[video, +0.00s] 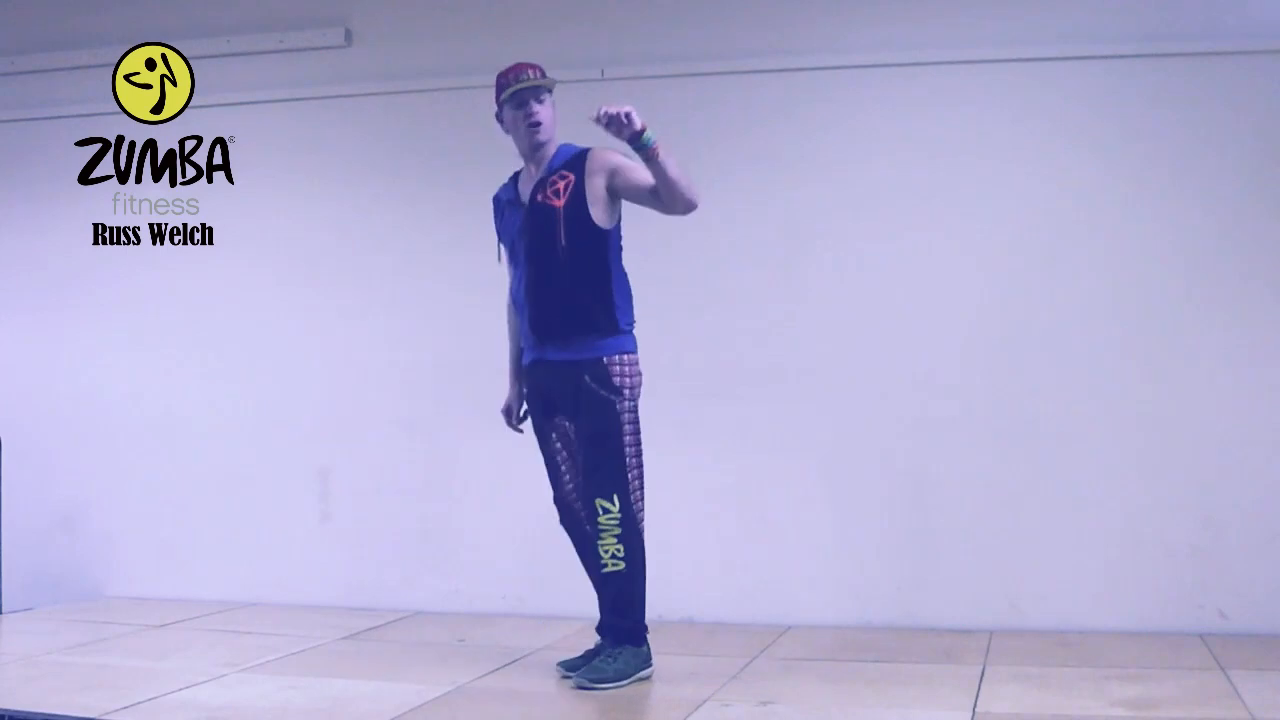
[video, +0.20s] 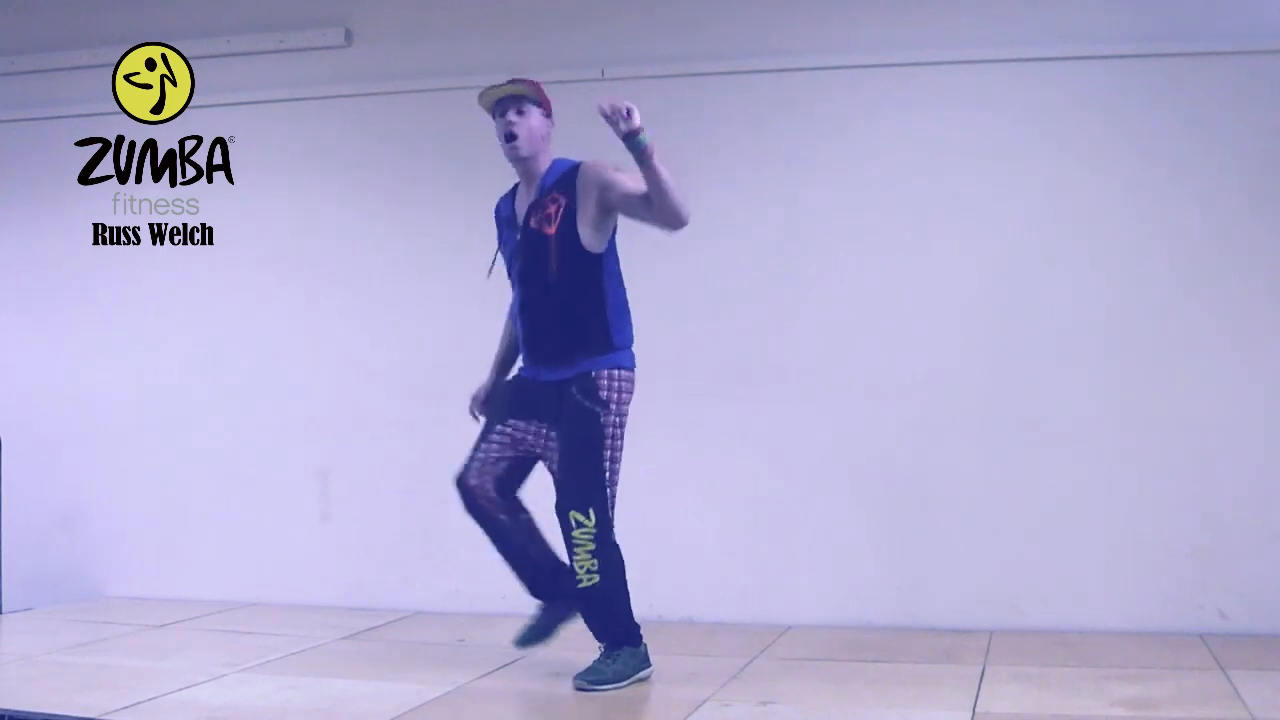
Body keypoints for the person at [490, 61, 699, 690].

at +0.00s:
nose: (532, 113)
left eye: (539, 101)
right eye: (518, 106)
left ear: (556, 107)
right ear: (502, 123)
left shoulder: (596, 164)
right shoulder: (507, 200)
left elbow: (682, 200)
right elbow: (516, 292)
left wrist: (642, 142)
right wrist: (515, 377)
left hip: (604, 362)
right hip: (544, 368)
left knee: (613, 501)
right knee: (572, 504)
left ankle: (630, 645)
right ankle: (616, 634)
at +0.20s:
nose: (507, 123)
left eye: (520, 112)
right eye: (499, 117)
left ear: (548, 122)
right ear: (495, 134)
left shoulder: (587, 179)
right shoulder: (507, 209)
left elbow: (672, 215)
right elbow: (524, 298)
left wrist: (639, 144)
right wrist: (495, 377)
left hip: (594, 375)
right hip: (536, 377)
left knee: (583, 514)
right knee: (480, 485)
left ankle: (625, 648)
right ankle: (558, 591)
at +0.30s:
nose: (500, 120)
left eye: (512, 109)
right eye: (494, 113)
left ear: (543, 118)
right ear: (492, 128)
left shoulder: (582, 181)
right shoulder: (500, 201)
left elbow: (650, 246)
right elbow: (516, 290)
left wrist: (653, 185)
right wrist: (491, 357)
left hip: (587, 371)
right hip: (527, 373)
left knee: (587, 513)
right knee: (465, 477)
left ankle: (624, 646)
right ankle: (521, 593)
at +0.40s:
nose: (494, 103)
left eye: (507, 93)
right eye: (488, 95)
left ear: (536, 104)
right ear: (483, 110)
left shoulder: (568, 174)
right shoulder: (482, 186)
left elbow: (607, 245)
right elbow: (488, 277)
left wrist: (650, 279)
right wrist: (477, 348)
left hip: (567, 365)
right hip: (502, 367)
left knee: (589, 501)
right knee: (476, 494)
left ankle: (622, 641)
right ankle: (469, 614)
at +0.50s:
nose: (489, 113)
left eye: (500, 103)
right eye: (482, 105)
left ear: (528, 112)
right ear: (477, 117)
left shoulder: (558, 185)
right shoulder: (473, 189)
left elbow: (589, 263)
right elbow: (471, 280)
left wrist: (618, 338)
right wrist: (460, 353)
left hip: (551, 369)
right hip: (489, 373)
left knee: (580, 502)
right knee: (475, 499)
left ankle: (622, 642)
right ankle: (461, 623)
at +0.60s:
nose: (468, 127)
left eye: (479, 116)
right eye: (461, 118)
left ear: (507, 121)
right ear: (456, 128)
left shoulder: (537, 197)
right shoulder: (451, 197)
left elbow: (542, 295)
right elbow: (440, 283)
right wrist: (432, 363)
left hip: (522, 373)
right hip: (462, 374)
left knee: (546, 504)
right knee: (462, 506)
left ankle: (613, 633)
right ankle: (464, 626)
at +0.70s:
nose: (448, 141)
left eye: (458, 130)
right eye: (442, 132)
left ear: (487, 131)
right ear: (438, 139)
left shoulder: (524, 204)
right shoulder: (437, 205)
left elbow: (529, 298)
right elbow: (422, 283)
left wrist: (465, 367)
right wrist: (410, 360)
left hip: (517, 365)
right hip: (456, 367)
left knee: (513, 480)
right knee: (450, 491)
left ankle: (581, 612)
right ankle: (463, 622)